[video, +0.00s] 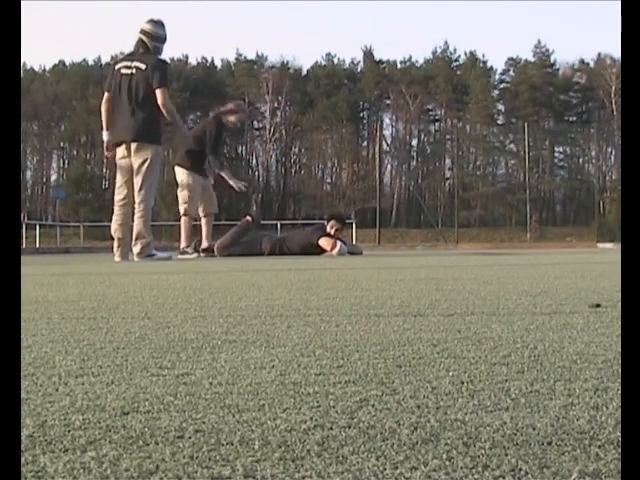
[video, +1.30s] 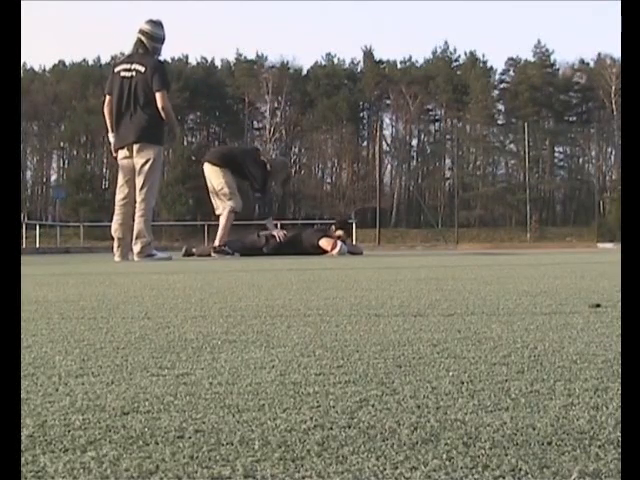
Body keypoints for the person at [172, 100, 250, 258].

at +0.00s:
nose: (236, 124)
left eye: (239, 121)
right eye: (237, 119)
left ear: (233, 116)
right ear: (230, 113)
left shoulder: (220, 127)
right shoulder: (213, 124)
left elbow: (210, 157)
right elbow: (211, 156)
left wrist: (210, 175)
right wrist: (231, 180)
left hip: (200, 170)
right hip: (187, 167)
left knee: (208, 208)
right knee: (187, 208)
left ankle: (206, 245)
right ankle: (184, 246)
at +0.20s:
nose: (249, 138)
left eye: (252, 135)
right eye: (250, 133)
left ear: (243, 128)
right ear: (242, 126)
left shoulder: (230, 139)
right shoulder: (225, 136)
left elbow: (233, 169)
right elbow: (226, 170)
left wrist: (247, 188)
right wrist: (245, 192)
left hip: (202, 171)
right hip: (189, 168)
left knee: (209, 209)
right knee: (192, 209)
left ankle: (207, 246)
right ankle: (184, 247)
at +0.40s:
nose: (253, 144)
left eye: (257, 143)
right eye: (254, 138)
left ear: (257, 145)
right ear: (249, 131)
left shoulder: (237, 144)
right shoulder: (233, 143)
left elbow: (241, 175)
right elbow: (239, 178)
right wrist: (255, 201)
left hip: (205, 168)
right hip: (194, 165)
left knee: (214, 208)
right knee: (204, 205)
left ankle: (207, 246)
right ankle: (185, 240)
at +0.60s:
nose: (261, 151)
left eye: (264, 151)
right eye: (262, 146)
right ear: (255, 139)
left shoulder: (244, 151)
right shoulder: (239, 148)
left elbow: (247, 180)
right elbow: (244, 181)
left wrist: (258, 206)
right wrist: (258, 208)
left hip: (208, 166)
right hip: (199, 163)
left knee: (216, 206)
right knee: (211, 203)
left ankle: (209, 243)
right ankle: (200, 240)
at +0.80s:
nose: (270, 158)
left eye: (271, 155)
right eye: (269, 154)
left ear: (260, 148)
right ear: (261, 149)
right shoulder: (244, 153)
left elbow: (251, 188)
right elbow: (251, 187)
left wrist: (261, 215)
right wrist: (265, 217)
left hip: (202, 164)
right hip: (207, 165)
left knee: (211, 209)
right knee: (218, 205)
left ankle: (208, 246)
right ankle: (218, 246)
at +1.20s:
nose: (276, 179)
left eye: (279, 176)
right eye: (278, 175)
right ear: (274, 169)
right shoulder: (259, 169)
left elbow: (259, 199)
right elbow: (260, 200)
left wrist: (270, 224)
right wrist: (272, 228)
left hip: (208, 162)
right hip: (217, 164)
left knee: (221, 208)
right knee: (228, 205)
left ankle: (217, 245)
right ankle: (219, 246)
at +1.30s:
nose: (279, 179)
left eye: (281, 176)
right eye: (281, 176)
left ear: (273, 165)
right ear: (277, 170)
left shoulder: (259, 166)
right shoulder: (261, 171)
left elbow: (261, 202)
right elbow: (261, 203)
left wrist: (271, 227)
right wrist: (273, 229)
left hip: (211, 162)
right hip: (217, 164)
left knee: (226, 207)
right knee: (231, 205)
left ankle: (220, 245)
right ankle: (219, 245)